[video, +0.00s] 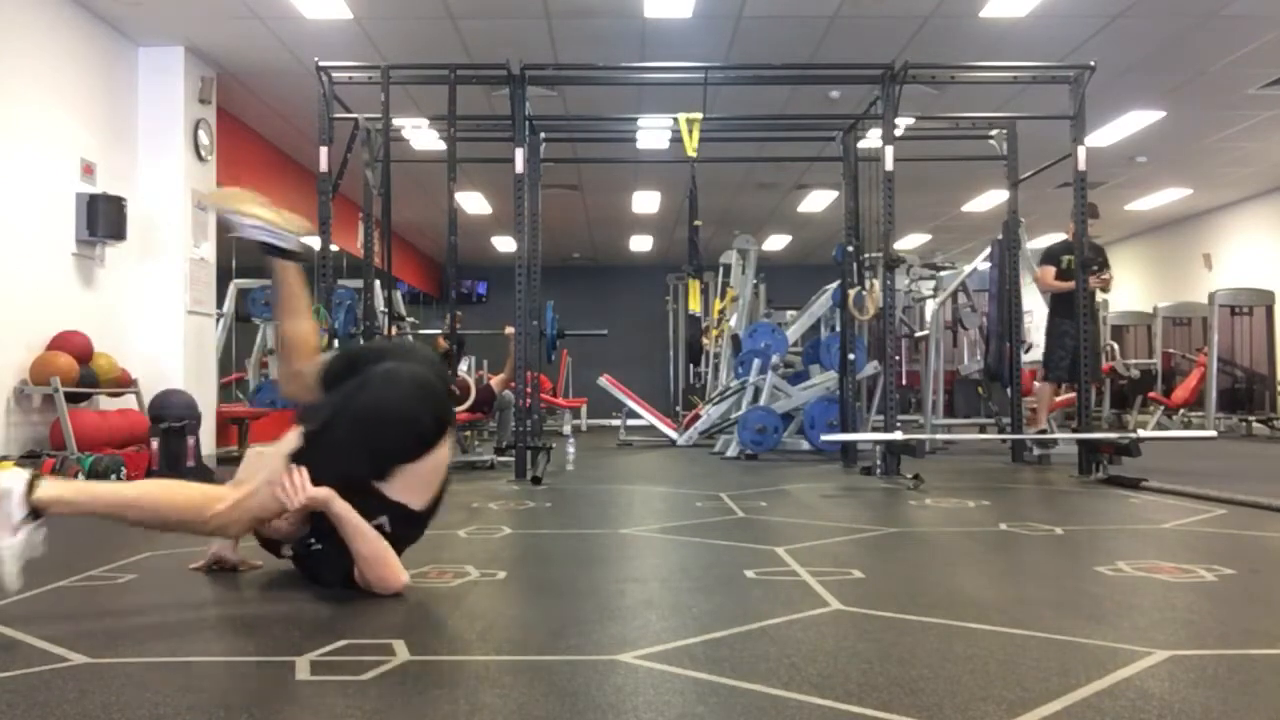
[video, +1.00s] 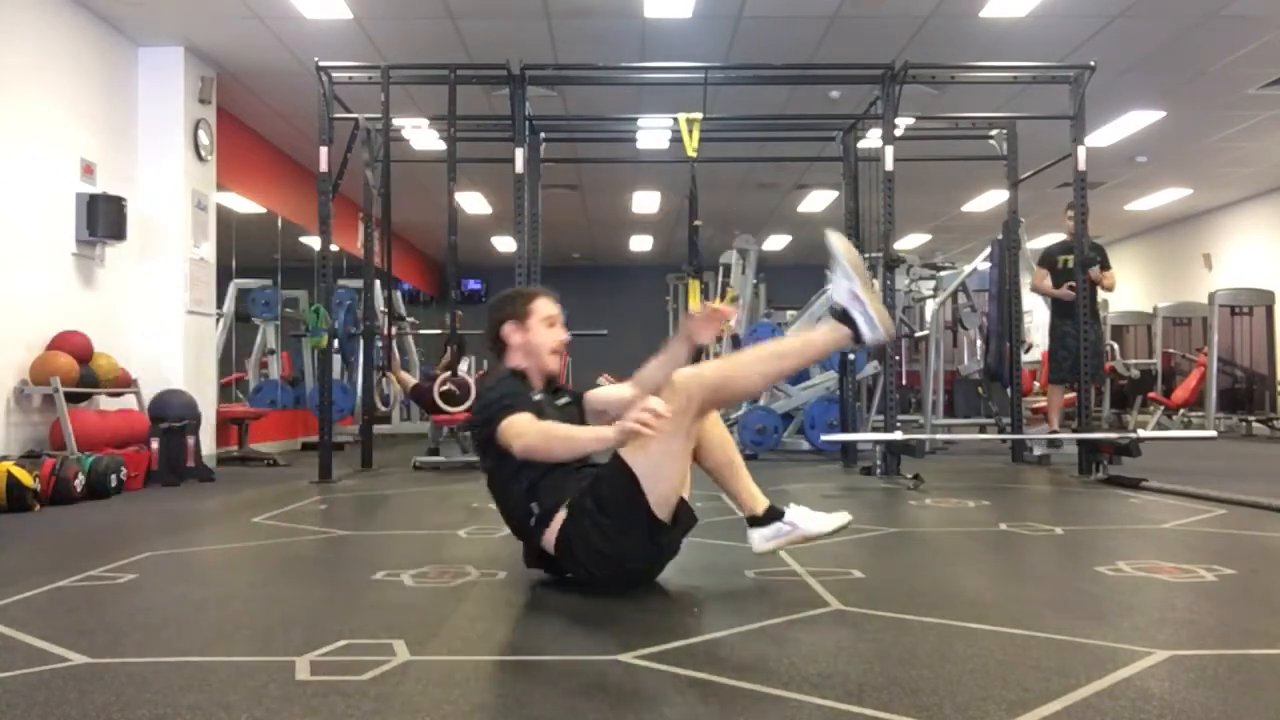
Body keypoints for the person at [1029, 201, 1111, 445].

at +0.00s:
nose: (1086, 228)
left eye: (1090, 224)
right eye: (1082, 223)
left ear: (1094, 225)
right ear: (1071, 223)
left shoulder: (1097, 252)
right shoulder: (1055, 251)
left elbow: (1106, 282)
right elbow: (1045, 283)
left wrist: (1103, 281)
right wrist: (1080, 283)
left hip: (1088, 319)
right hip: (1062, 319)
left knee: (1088, 374)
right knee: (1053, 374)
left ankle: (1085, 423)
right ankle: (1041, 424)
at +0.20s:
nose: (1088, 228)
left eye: (1092, 223)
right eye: (1084, 223)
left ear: (1098, 224)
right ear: (1074, 222)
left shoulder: (1102, 252)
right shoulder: (1058, 250)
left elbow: (1113, 285)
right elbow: (1047, 283)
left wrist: (1105, 282)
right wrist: (1079, 284)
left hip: (1091, 320)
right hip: (1064, 320)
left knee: (1089, 376)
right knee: (1059, 376)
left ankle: (1086, 424)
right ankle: (1054, 427)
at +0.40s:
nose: (1083, 223)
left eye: (1087, 218)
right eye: (1079, 218)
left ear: (1093, 220)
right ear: (1072, 219)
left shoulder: (1101, 251)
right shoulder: (1057, 250)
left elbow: (1110, 284)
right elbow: (1044, 282)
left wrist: (1100, 283)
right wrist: (1075, 284)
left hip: (1091, 319)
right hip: (1064, 319)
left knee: (1090, 375)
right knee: (1059, 375)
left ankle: (1086, 424)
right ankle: (1054, 427)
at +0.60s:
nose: (1078, 224)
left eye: (1083, 218)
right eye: (1074, 218)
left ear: (1090, 221)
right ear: (1067, 221)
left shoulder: (1100, 251)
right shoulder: (1054, 251)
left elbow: (1111, 284)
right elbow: (1043, 285)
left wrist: (1098, 283)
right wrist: (1072, 286)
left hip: (1091, 320)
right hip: (1063, 321)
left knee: (1090, 376)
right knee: (1058, 377)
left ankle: (1087, 424)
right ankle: (1054, 428)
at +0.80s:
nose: (1077, 223)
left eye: (1082, 218)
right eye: (1072, 218)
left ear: (1089, 220)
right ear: (1065, 221)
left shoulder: (1098, 250)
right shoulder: (1053, 252)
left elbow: (1110, 284)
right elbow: (1042, 285)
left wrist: (1098, 284)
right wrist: (1068, 288)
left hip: (1090, 320)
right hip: (1063, 321)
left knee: (1090, 375)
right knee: (1058, 376)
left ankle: (1087, 424)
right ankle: (1054, 427)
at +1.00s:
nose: (1076, 222)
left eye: (1081, 217)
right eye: (1072, 218)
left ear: (1087, 220)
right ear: (1064, 220)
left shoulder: (1097, 250)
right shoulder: (1053, 251)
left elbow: (1111, 284)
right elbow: (1036, 283)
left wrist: (1100, 279)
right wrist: (1057, 292)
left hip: (1090, 320)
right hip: (1062, 321)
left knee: (1090, 376)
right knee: (1058, 376)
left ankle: (1087, 424)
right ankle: (1054, 428)